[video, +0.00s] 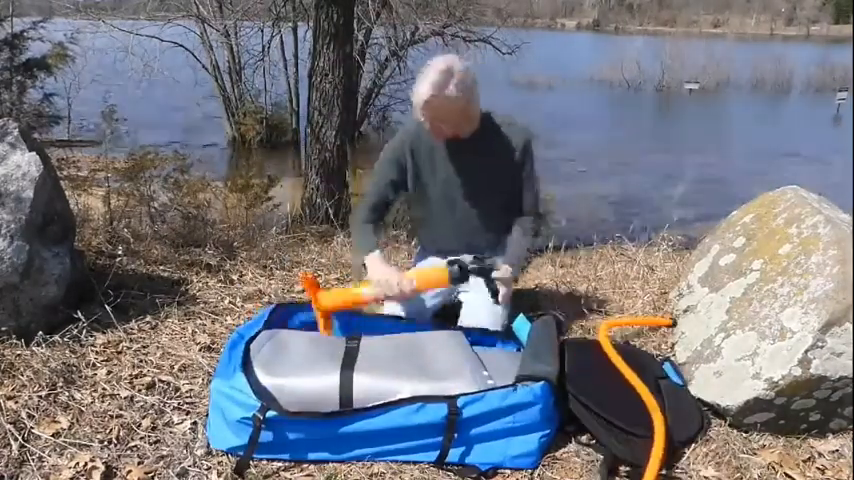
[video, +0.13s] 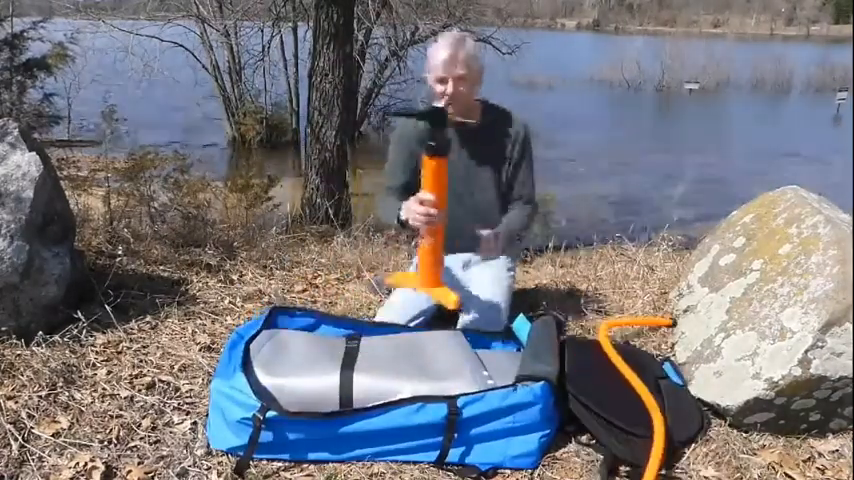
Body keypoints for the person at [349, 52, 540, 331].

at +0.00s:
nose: (435, 131)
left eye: (442, 122)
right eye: (427, 121)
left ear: (468, 108)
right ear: (420, 111)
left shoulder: (513, 142)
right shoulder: (410, 142)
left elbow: (527, 218)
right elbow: (364, 216)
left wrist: (509, 267)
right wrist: (376, 266)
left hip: (489, 264)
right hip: (433, 262)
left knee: (481, 331)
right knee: (393, 320)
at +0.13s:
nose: (449, 90)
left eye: (459, 80)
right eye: (441, 81)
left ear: (478, 79)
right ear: (427, 81)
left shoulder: (510, 131)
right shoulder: (413, 130)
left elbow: (523, 203)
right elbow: (388, 200)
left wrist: (503, 234)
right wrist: (403, 211)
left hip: (488, 260)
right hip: (430, 260)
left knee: (482, 329)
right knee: (385, 331)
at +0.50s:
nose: (471, 99)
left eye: (475, 87)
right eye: (459, 91)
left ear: (480, 80)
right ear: (430, 87)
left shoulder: (507, 129)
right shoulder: (407, 135)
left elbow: (525, 200)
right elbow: (395, 210)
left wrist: (548, 222)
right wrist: (426, 226)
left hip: (492, 259)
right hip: (434, 259)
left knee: (476, 347)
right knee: (382, 335)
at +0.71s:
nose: (474, 125)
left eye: (481, 114)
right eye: (464, 116)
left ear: (486, 101)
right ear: (436, 103)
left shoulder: (506, 141)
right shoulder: (409, 141)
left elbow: (529, 213)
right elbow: (393, 203)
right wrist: (396, 248)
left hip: (490, 262)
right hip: (431, 262)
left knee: (478, 341)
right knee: (379, 337)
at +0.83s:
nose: (446, 146)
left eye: (457, 137)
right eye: (439, 135)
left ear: (481, 127)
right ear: (431, 121)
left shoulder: (510, 163)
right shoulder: (409, 140)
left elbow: (529, 249)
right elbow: (394, 198)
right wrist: (383, 245)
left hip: (488, 264)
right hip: (430, 259)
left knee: (478, 337)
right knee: (382, 333)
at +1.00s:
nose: (433, 177)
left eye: (443, 167)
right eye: (423, 167)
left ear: (462, 142)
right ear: (409, 144)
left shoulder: (501, 163)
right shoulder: (387, 157)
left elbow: (551, 244)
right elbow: (369, 209)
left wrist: (591, 323)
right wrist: (367, 263)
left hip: (482, 261)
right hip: (419, 259)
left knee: (477, 342)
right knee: (384, 333)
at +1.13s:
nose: (376, 145)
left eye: (388, 135)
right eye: (369, 133)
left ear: (422, 114)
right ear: (359, 120)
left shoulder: (477, 144)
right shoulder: (354, 141)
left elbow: (518, 225)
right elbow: (343, 213)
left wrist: (505, 304)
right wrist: (342, 275)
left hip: (474, 250)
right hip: (406, 251)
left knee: (487, 350)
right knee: (378, 342)